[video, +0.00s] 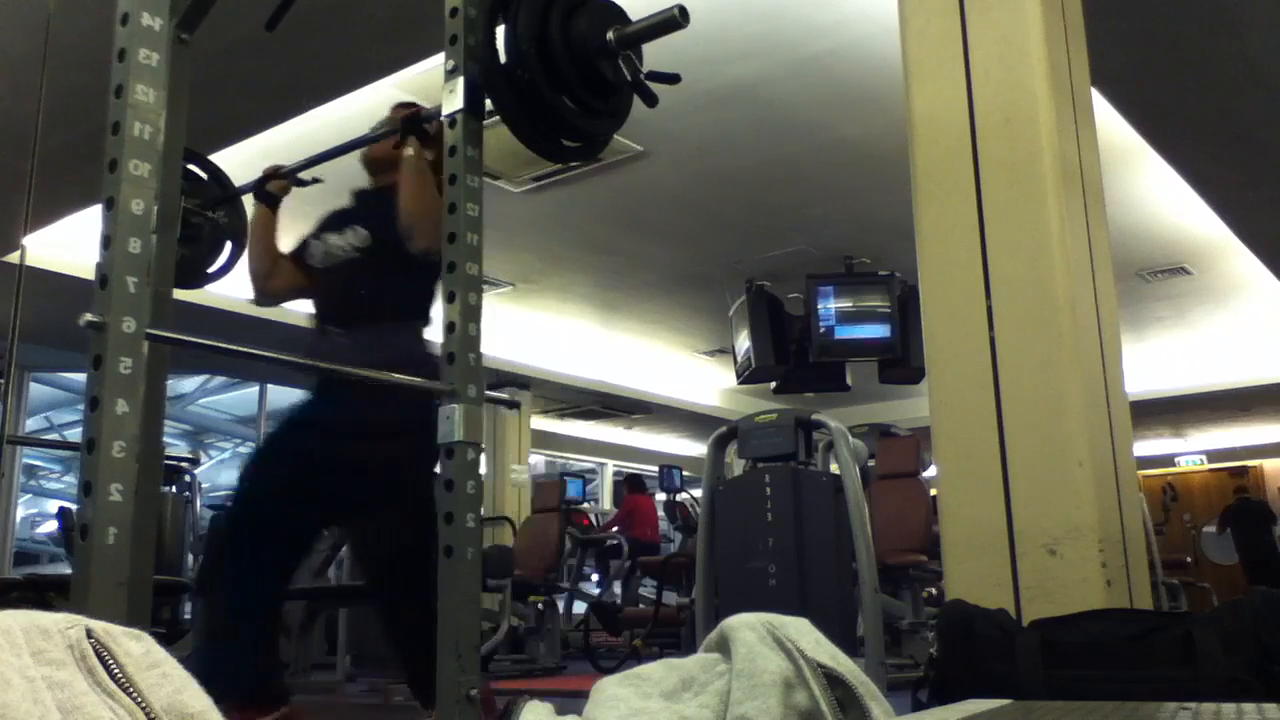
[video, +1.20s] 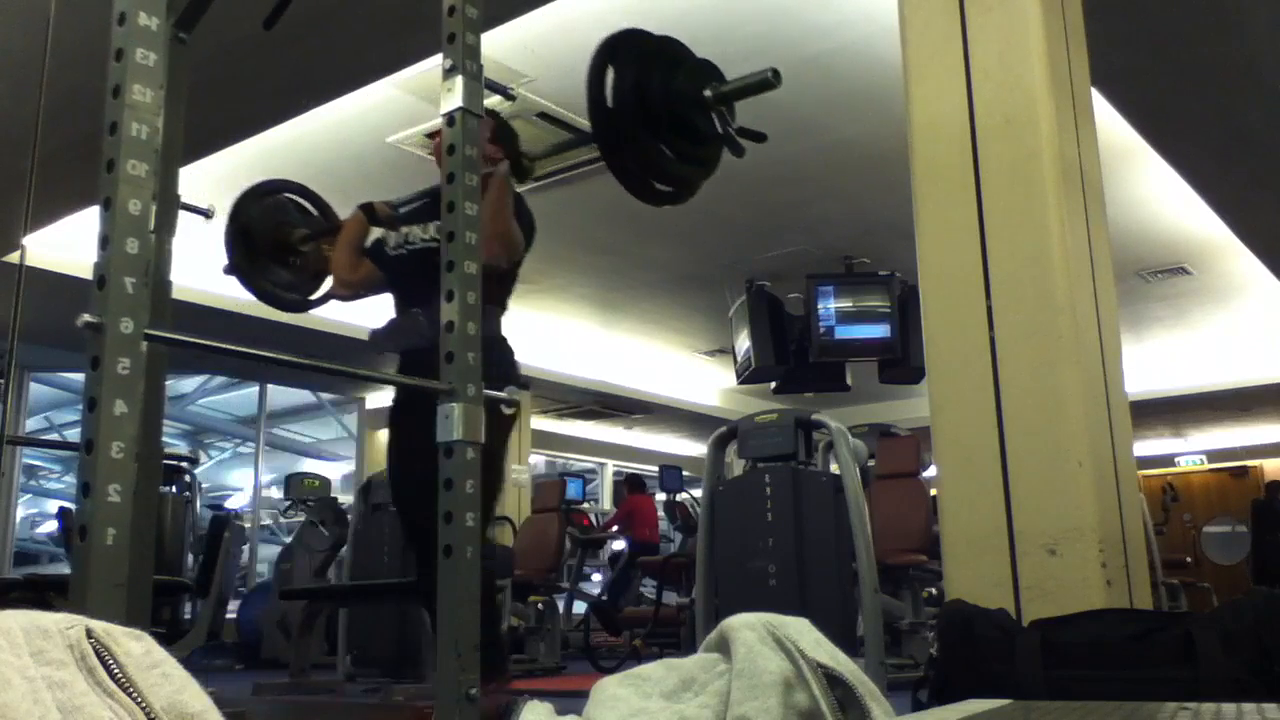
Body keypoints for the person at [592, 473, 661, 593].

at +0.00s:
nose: (624, 490)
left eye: (625, 487)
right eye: (625, 487)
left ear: (629, 486)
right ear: (642, 485)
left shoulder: (631, 500)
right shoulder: (649, 500)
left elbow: (617, 520)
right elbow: (636, 524)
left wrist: (600, 530)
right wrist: (617, 532)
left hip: (636, 545)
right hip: (653, 546)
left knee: (602, 553)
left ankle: (606, 590)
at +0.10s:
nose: (625, 490)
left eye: (625, 487)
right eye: (625, 487)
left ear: (630, 487)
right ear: (642, 486)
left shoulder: (631, 500)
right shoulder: (649, 500)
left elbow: (617, 520)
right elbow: (635, 523)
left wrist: (600, 530)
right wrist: (617, 533)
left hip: (637, 544)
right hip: (654, 545)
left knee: (602, 562)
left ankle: (599, 601)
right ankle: (632, 604)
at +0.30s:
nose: (624, 491)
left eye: (625, 488)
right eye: (624, 488)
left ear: (629, 487)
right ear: (643, 487)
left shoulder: (630, 500)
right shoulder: (649, 501)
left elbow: (616, 518)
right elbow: (634, 522)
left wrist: (600, 530)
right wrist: (616, 533)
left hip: (637, 545)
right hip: (654, 546)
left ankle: (613, 609)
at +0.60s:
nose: (625, 491)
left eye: (627, 488)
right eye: (625, 488)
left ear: (631, 488)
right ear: (644, 488)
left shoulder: (631, 500)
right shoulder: (650, 501)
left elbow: (617, 519)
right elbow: (637, 523)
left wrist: (600, 530)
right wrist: (618, 533)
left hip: (636, 547)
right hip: (654, 547)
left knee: (610, 570)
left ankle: (616, 603)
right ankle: (623, 602)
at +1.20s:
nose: (624, 491)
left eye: (625, 488)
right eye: (624, 488)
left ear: (629, 488)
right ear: (643, 488)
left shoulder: (631, 501)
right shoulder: (649, 501)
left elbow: (616, 519)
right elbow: (635, 523)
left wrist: (601, 529)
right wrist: (619, 532)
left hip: (638, 545)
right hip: (654, 546)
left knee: (621, 574)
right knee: (614, 559)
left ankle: (613, 603)